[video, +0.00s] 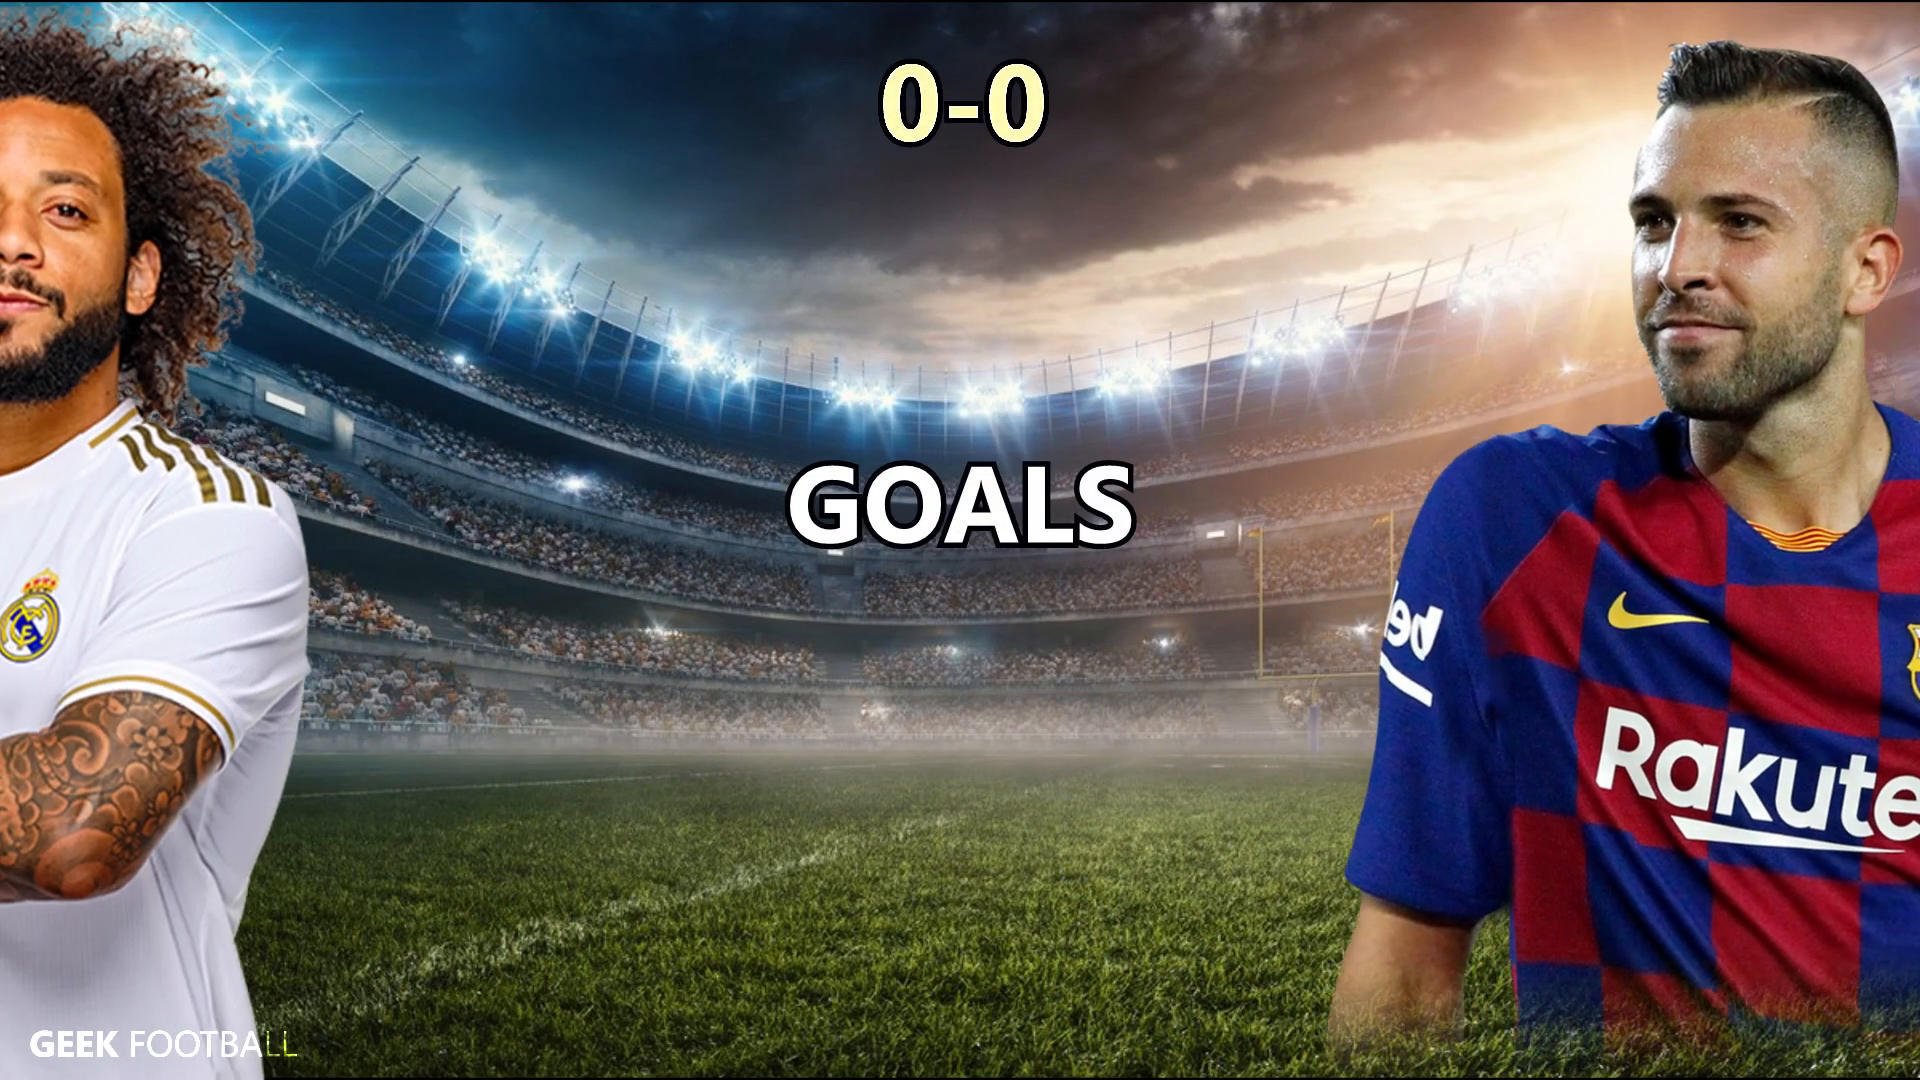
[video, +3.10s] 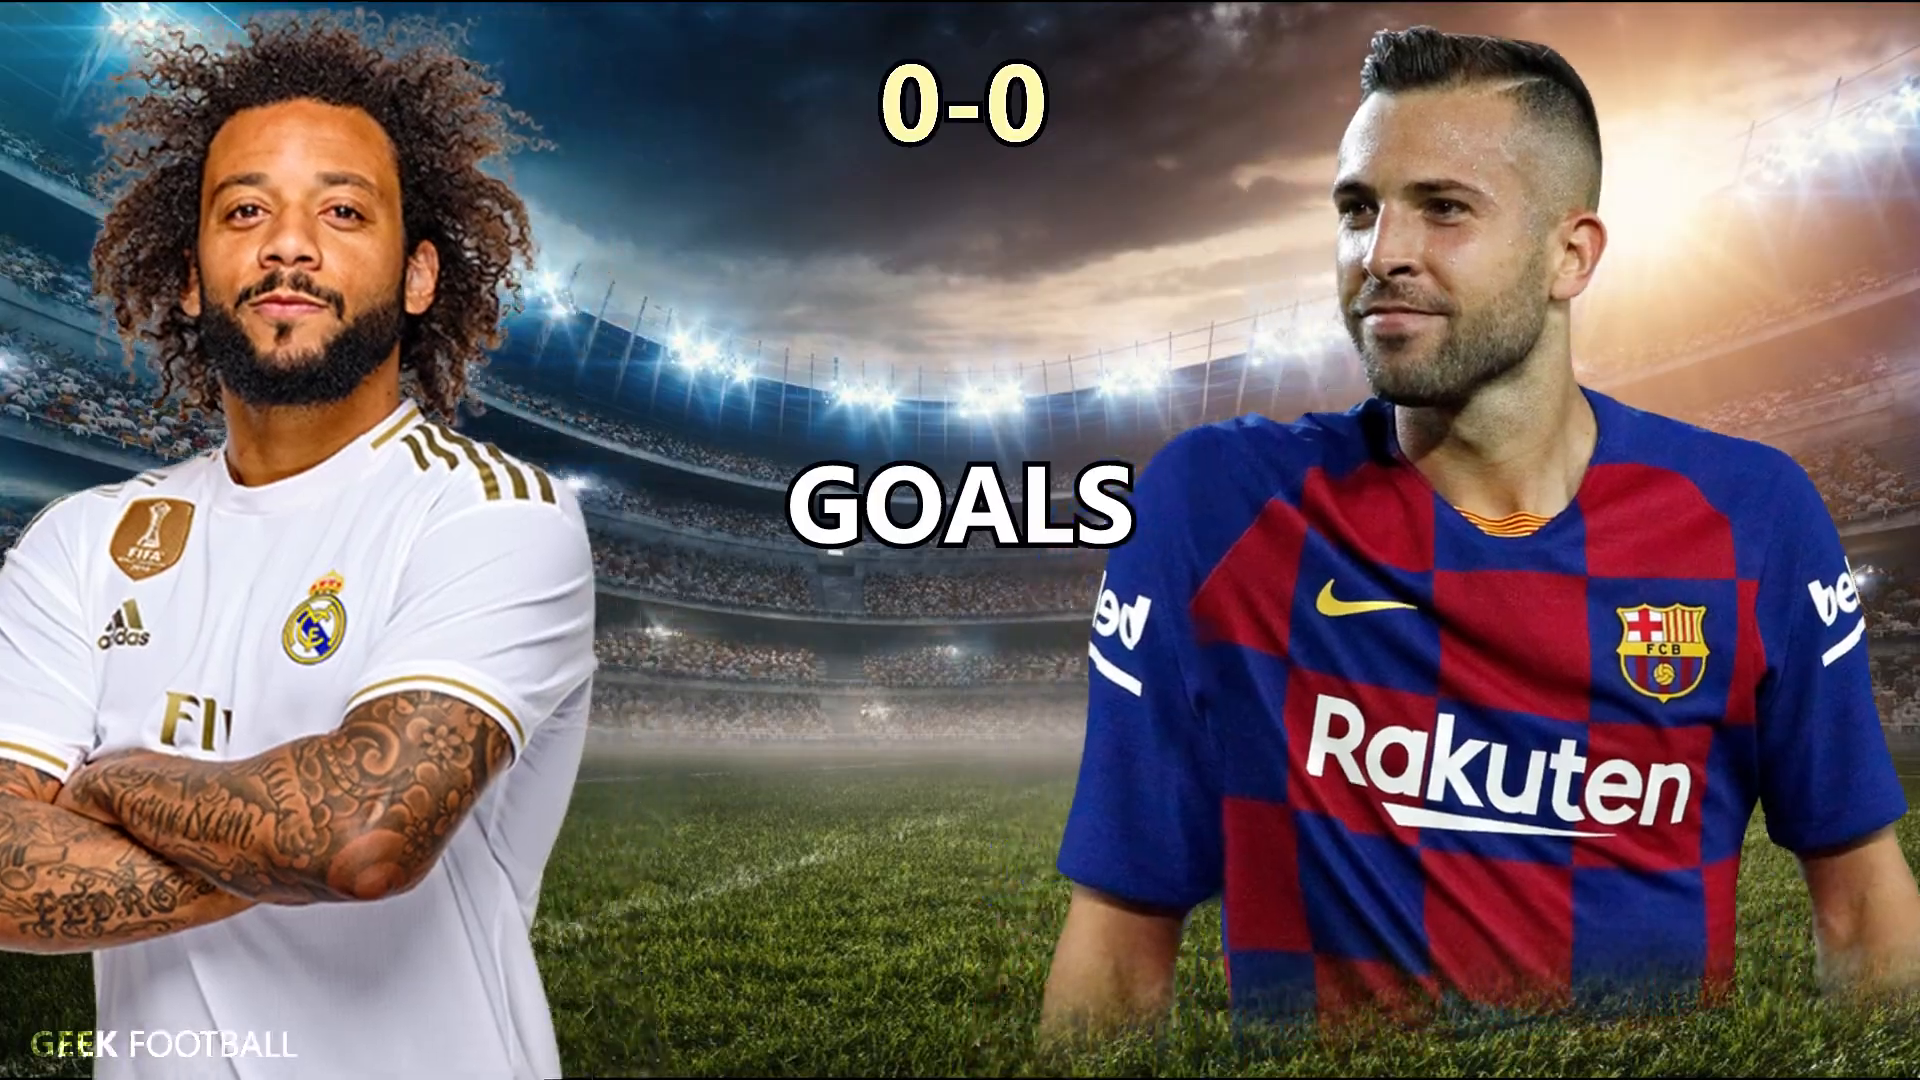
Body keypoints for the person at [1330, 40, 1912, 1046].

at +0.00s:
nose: (1676, 272)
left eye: (1742, 224)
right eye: (1656, 225)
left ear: (1868, 271)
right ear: (1636, 247)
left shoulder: (1914, 527)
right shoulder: (1508, 515)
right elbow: (1407, 956)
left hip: (1883, 1040)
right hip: (1618, 1047)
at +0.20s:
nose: (1552, 273)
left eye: (1616, 224)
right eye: (1529, 226)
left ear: (1741, 272)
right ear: (1508, 250)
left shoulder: (1904, 529)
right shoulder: (1379, 518)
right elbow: (1288, 946)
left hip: (1824, 1055)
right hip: (1492, 1053)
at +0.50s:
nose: (1406, 274)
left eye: (1468, 226)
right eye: (1385, 228)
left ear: (1598, 274)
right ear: (1364, 247)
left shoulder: (1787, 532)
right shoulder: (1238, 523)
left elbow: (1890, 916)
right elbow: (1155, 948)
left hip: (1685, 1041)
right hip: (1360, 1046)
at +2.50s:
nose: (1286, 278)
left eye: (1349, 231)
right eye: (1264, 235)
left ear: (1480, 274)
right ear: (1240, 256)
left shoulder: (1668, 535)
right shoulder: (1123, 540)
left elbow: (1780, 913)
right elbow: (1039, 967)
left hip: (1571, 1052)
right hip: (1242, 1052)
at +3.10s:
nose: (1380, 255)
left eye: (1442, 210)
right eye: (1358, 211)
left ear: (1573, 256)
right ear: (1334, 232)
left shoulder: (1755, 517)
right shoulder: (1212, 504)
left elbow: (1861, 896)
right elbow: (1120, 934)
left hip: (1649, 1042)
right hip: (1322, 1047)